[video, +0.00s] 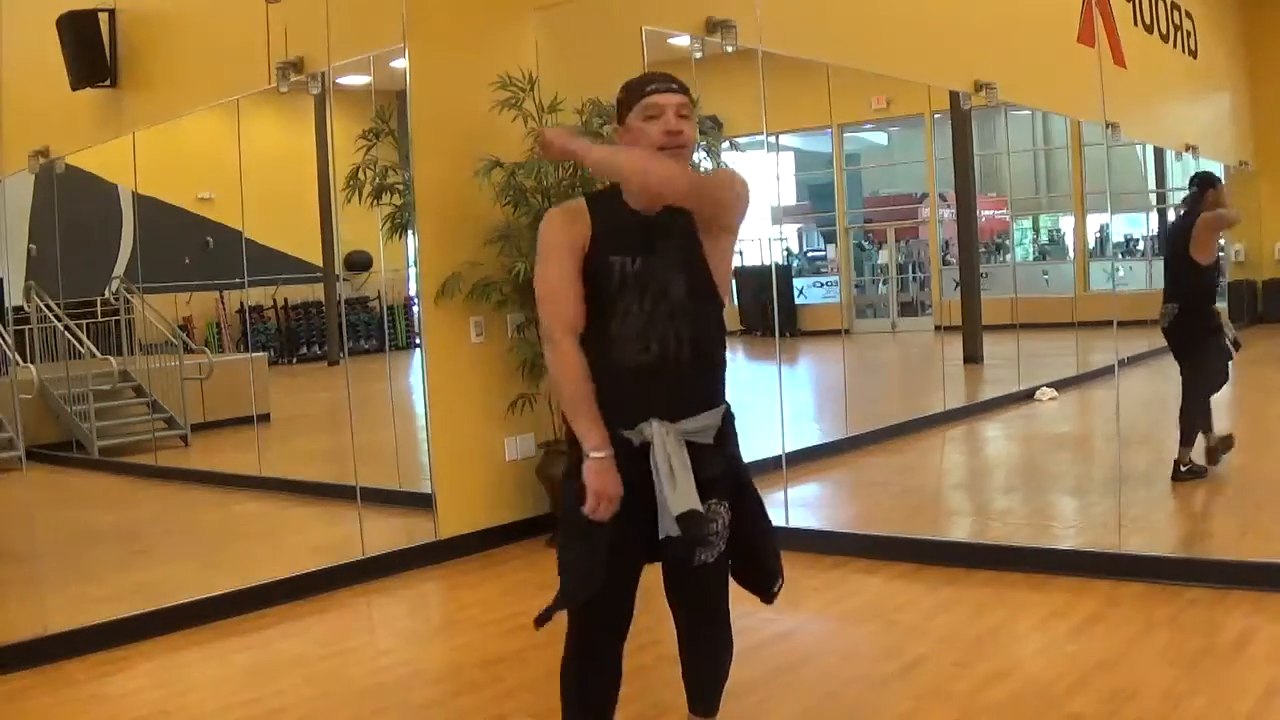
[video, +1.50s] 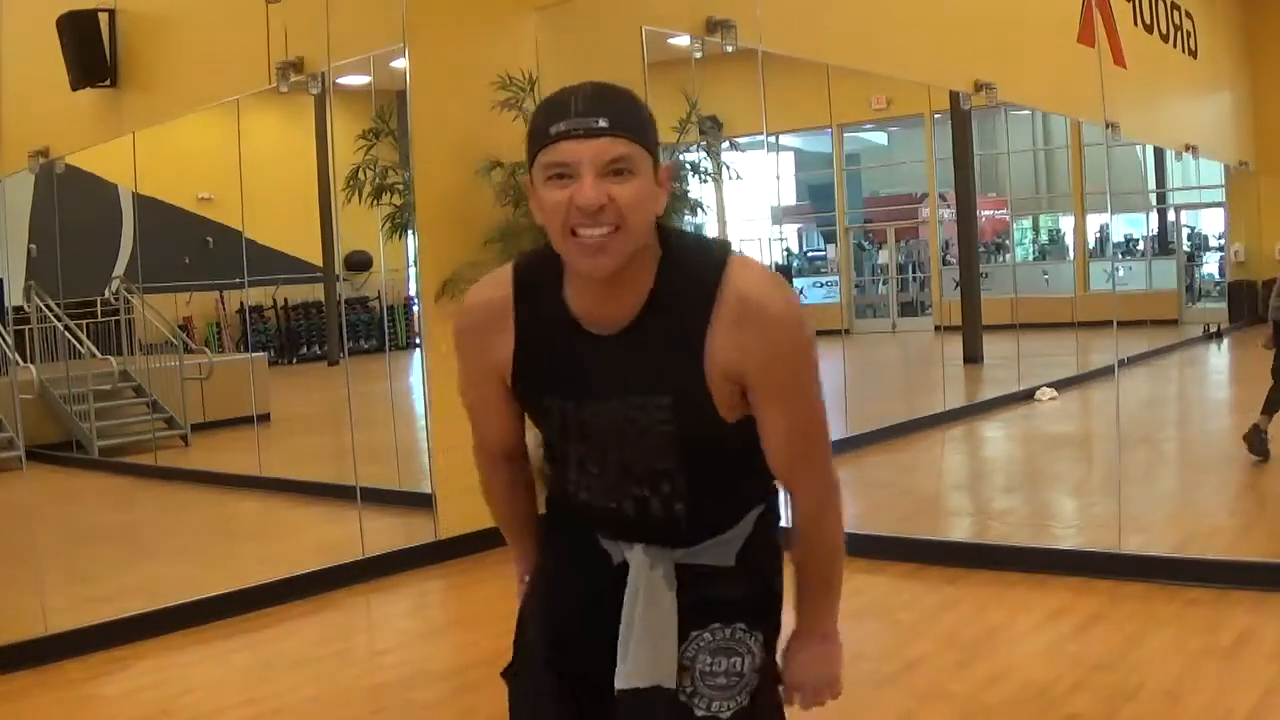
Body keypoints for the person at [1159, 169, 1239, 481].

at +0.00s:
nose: (1221, 198)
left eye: (1220, 192)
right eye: (1219, 192)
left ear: (1196, 194)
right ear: (1209, 193)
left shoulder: (1179, 224)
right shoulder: (1206, 221)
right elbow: (1233, 216)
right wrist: (1218, 201)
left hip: (1175, 316)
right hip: (1196, 317)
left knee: (1201, 380)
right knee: (1195, 386)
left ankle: (1211, 442)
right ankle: (1183, 461)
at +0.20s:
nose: (1233, 201)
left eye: (1230, 196)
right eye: (1230, 196)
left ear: (1205, 199)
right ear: (1223, 197)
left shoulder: (1189, 231)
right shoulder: (1230, 227)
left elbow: (1203, 277)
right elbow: (1255, 250)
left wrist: (1233, 309)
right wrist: (1232, 222)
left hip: (1190, 317)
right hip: (1214, 318)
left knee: (1219, 382)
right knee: (1210, 385)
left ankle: (1236, 444)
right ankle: (1184, 458)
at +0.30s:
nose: (1239, 203)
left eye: (1236, 197)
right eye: (1236, 198)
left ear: (1210, 202)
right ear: (1230, 199)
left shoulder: (1195, 233)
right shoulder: (1242, 231)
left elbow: (1196, 275)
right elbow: (1265, 272)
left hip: (1199, 318)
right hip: (1226, 319)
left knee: (1225, 381)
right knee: (1233, 381)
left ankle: (1237, 445)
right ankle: (1191, 447)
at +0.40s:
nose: (1247, 207)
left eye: (1243, 202)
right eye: (1245, 202)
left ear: (1219, 206)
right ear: (1239, 204)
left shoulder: (1204, 236)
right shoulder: (1252, 237)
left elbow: (1197, 280)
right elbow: (1269, 276)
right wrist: (1270, 311)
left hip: (1208, 321)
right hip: (1236, 322)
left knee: (1230, 380)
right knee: (1262, 377)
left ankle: (1238, 445)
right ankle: (1208, 430)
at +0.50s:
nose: (1257, 214)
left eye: (1255, 208)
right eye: (1256, 209)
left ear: (1230, 210)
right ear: (1249, 208)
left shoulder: (1212, 241)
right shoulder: (1262, 242)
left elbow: (1202, 289)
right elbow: (1274, 288)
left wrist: (1203, 332)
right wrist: (1274, 323)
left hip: (1217, 324)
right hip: (1248, 324)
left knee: (1234, 380)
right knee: (1271, 379)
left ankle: (1236, 446)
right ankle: (1235, 424)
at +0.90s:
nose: (1278, 221)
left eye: (1277, 218)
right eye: (1279, 218)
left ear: (1275, 221)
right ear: (1277, 221)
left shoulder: (1258, 252)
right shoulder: (1266, 252)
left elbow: (1241, 296)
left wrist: (1228, 328)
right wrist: (1277, 331)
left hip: (1250, 334)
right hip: (1270, 337)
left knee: (1254, 387)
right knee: (1255, 388)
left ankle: (1239, 443)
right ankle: (1239, 443)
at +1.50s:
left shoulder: (1276, 284)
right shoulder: (1276, 284)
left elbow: (1275, 301)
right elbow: (1275, 301)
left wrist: (1274, 331)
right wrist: (1274, 331)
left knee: (1277, 382)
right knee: (1277, 382)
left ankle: (1260, 427)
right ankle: (1260, 427)